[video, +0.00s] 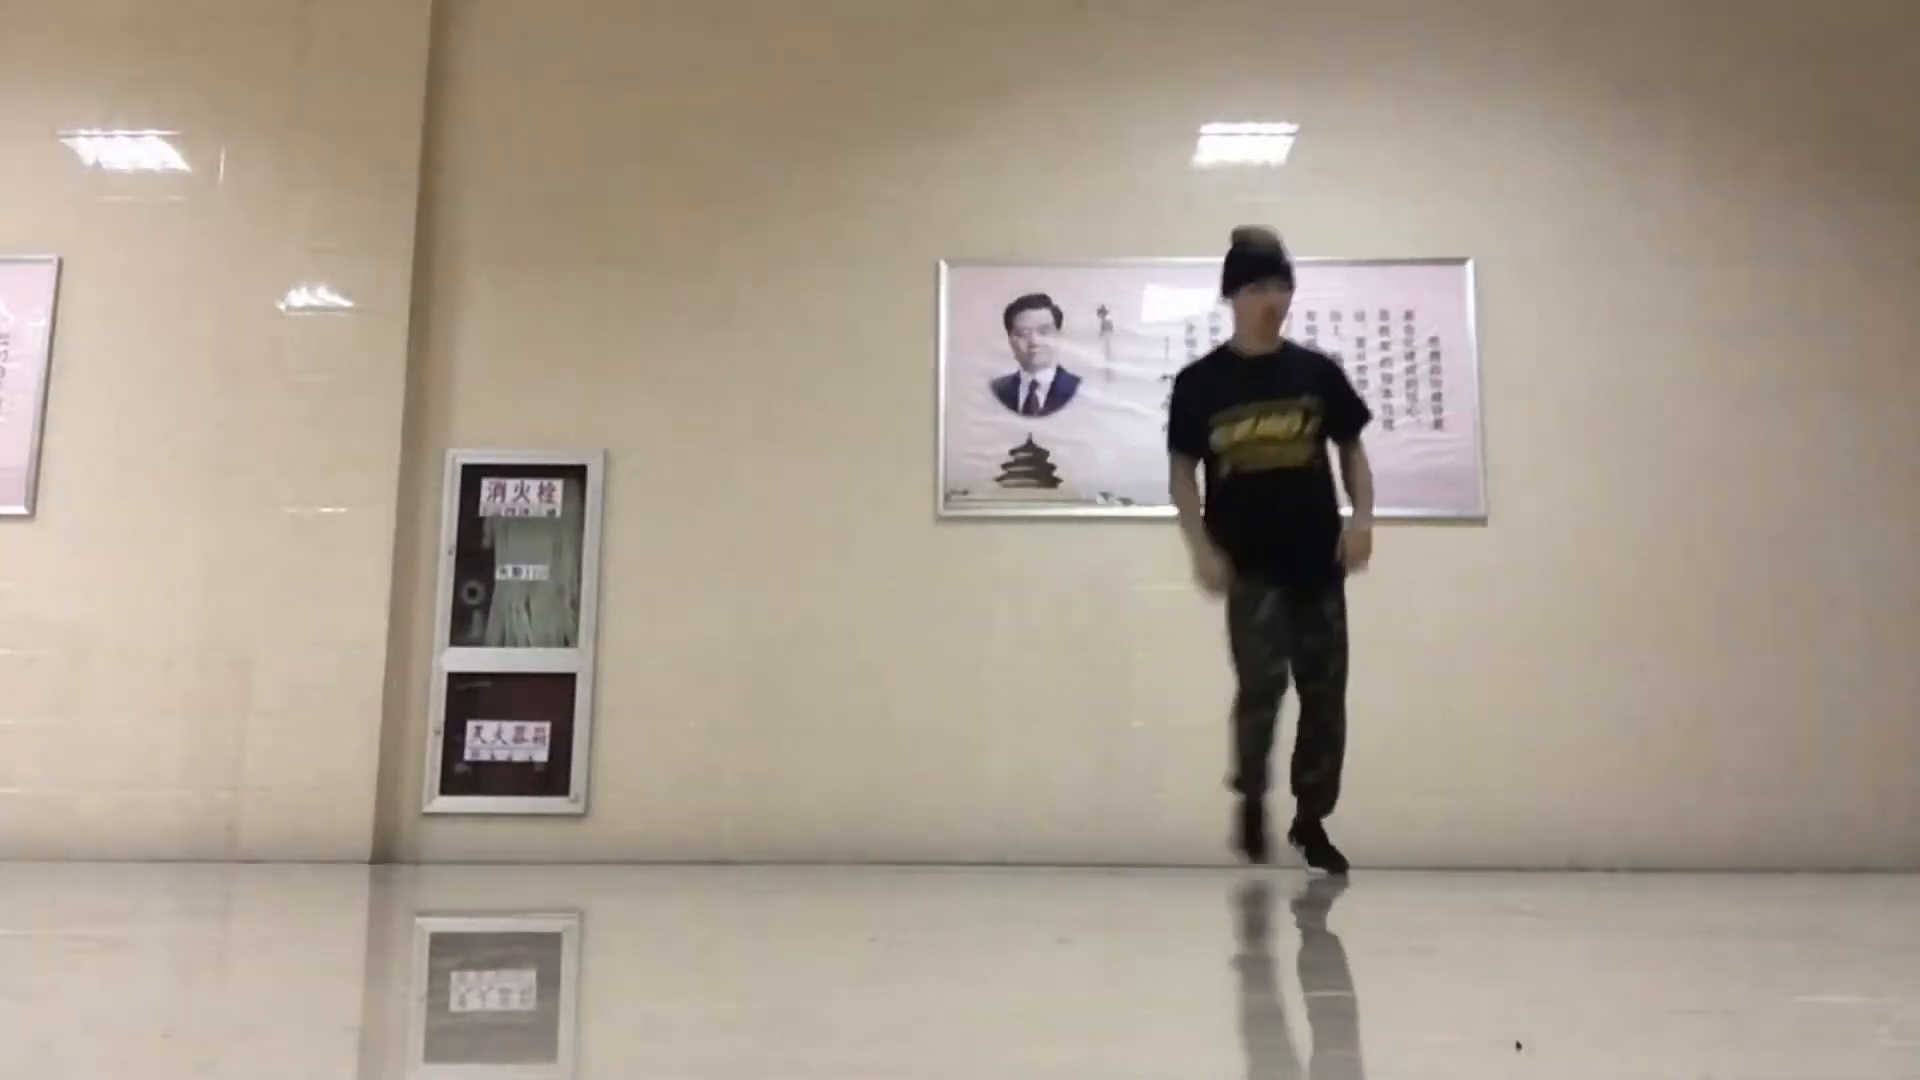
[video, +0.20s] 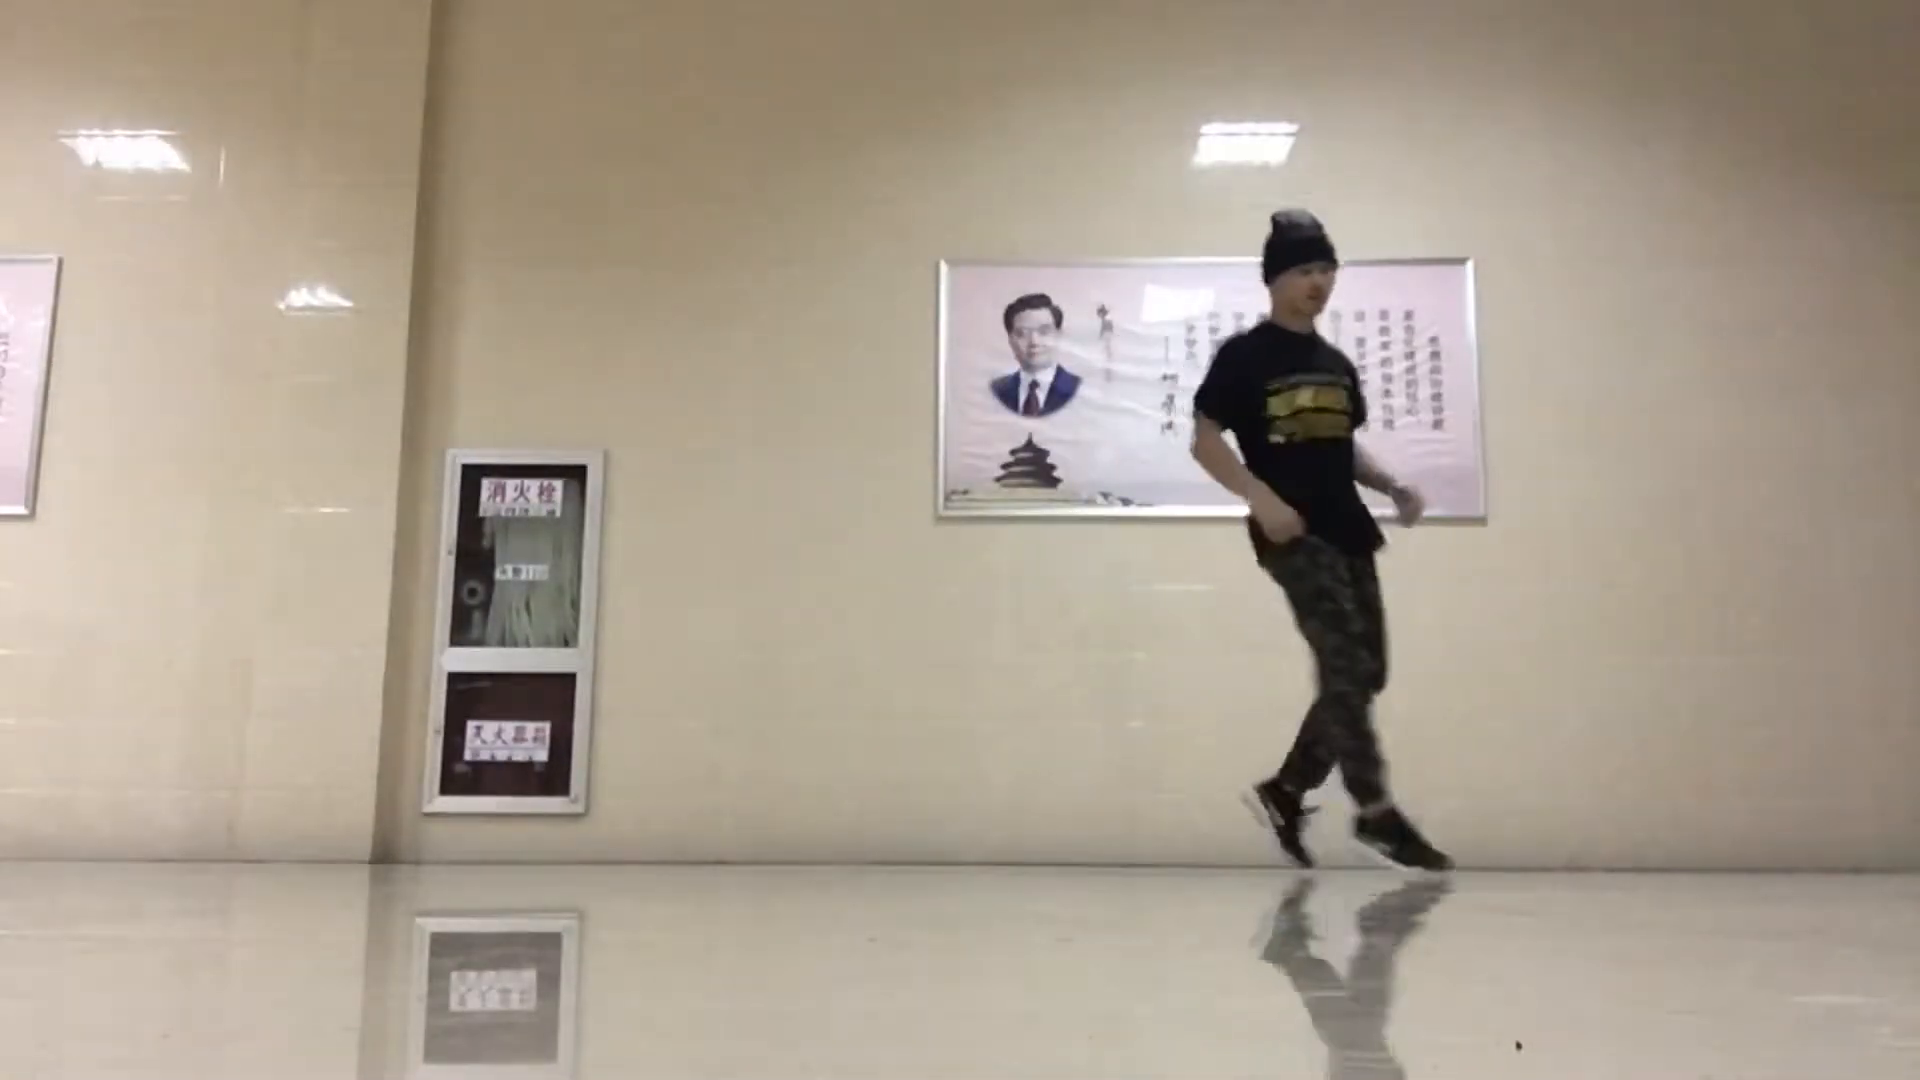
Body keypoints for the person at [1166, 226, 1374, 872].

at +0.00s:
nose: (1274, 304)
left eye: (1282, 292)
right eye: (1260, 292)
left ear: (1292, 296)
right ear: (1232, 297)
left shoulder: (1318, 371)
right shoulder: (1197, 384)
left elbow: (1352, 448)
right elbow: (1181, 473)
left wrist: (1360, 519)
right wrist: (1201, 547)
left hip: (1317, 558)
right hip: (1248, 564)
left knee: (1325, 696)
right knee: (1260, 691)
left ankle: (1310, 819)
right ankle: (1251, 804)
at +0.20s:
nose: (1319, 287)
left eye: (1327, 276)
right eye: (1307, 275)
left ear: (1332, 281)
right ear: (1273, 278)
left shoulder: (1336, 363)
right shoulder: (1242, 355)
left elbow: (1341, 446)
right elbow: (1206, 444)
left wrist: (1391, 485)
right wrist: (1262, 501)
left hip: (1348, 526)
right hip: (1294, 529)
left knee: (1365, 669)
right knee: (1346, 665)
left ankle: (1287, 789)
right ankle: (1375, 810)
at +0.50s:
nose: (1329, 284)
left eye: (1338, 273)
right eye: (1315, 270)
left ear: (1346, 283)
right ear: (1285, 275)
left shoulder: (1333, 361)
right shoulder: (1251, 350)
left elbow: (1326, 457)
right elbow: (1218, 443)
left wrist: (1358, 515)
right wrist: (1255, 524)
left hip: (1327, 536)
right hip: (1280, 535)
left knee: (1329, 671)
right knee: (1332, 666)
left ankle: (1267, 800)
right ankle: (1344, 812)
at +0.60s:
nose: (1318, 310)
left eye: (1326, 298)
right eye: (1304, 297)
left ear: (1335, 306)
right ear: (1273, 302)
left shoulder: (1327, 389)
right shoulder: (1235, 380)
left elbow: (1312, 475)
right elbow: (1197, 471)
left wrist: (1333, 532)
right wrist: (1234, 553)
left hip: (1311, 557)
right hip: (1258, 558)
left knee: (1312, 684)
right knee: (1323, 675)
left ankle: (1269, 819)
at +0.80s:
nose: (1257, 314)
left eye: (1266, 299)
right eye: (1243, 303)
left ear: (1283, 300)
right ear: (1223, 309)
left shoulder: (1308, 382)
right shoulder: (1196, 386)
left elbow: (1315, 472)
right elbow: (1182, 481)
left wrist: (1342, 545)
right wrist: (1244, 543)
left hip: (1284, 555)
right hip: (1218, 553)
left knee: (1291, 699)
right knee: (1221, 681)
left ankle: (1263, 830)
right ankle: (1137, 727)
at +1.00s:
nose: (1207, 302)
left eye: (1215, 287)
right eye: (1192, 292)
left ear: (1230, 282)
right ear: (1170, 293)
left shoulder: (1269, 349)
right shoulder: (1141, 359)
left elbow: (1332, 423)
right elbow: (1112, 454)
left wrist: (1400, 476)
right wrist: (1164, 484)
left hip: (1247, 545)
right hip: (1163, 546)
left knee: (1299, 666)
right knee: (1114, 662)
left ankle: (1322, 798)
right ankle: (1072, 785)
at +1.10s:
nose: (1186, 356)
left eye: (1196, 340)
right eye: (1172, 344)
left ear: (1212, 332)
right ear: (1151, 340)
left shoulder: (1252, 395)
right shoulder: (1119, 403)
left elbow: (1338, 448)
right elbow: (1082, 487)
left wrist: (1416, 491)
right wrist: (1088, 539)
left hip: (1221, 577)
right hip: (1137, 578)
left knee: (1300, 691)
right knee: (1084, 700)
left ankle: (1382, 810)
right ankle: (1041, 820)